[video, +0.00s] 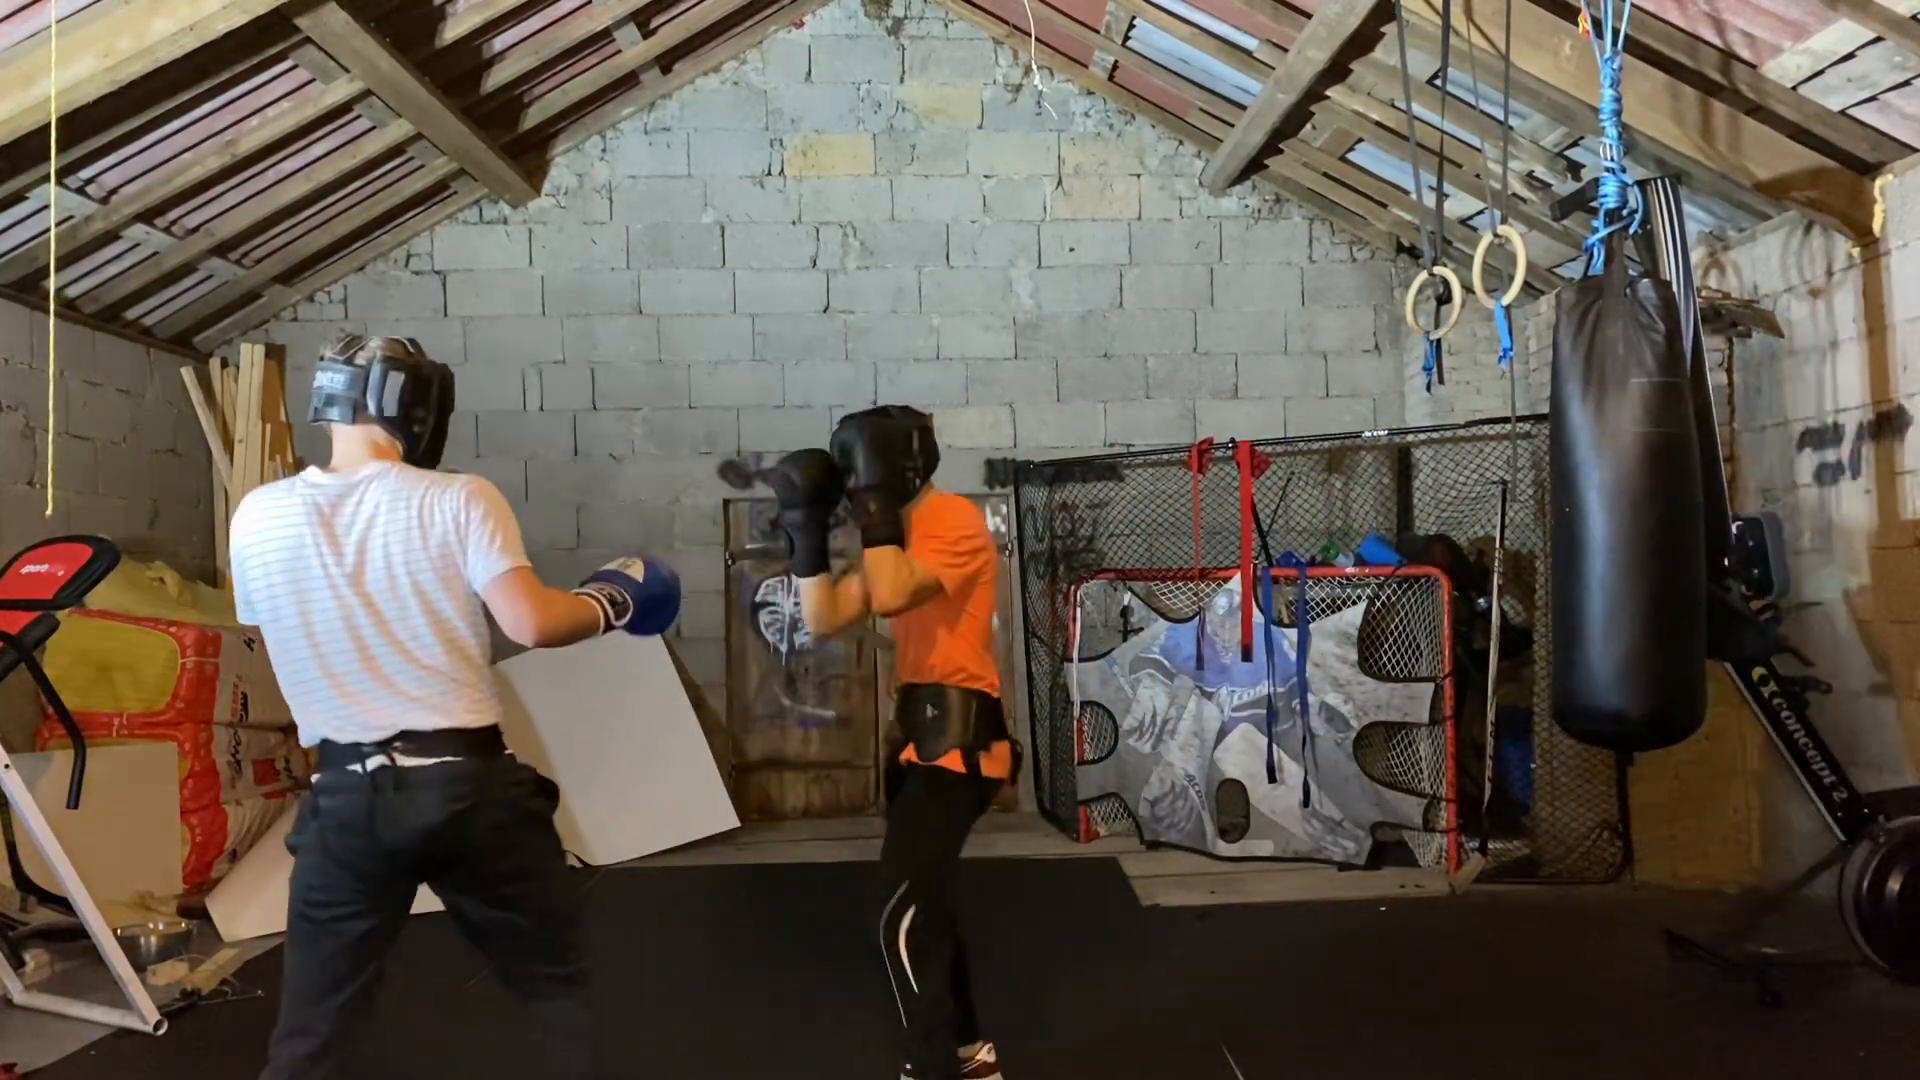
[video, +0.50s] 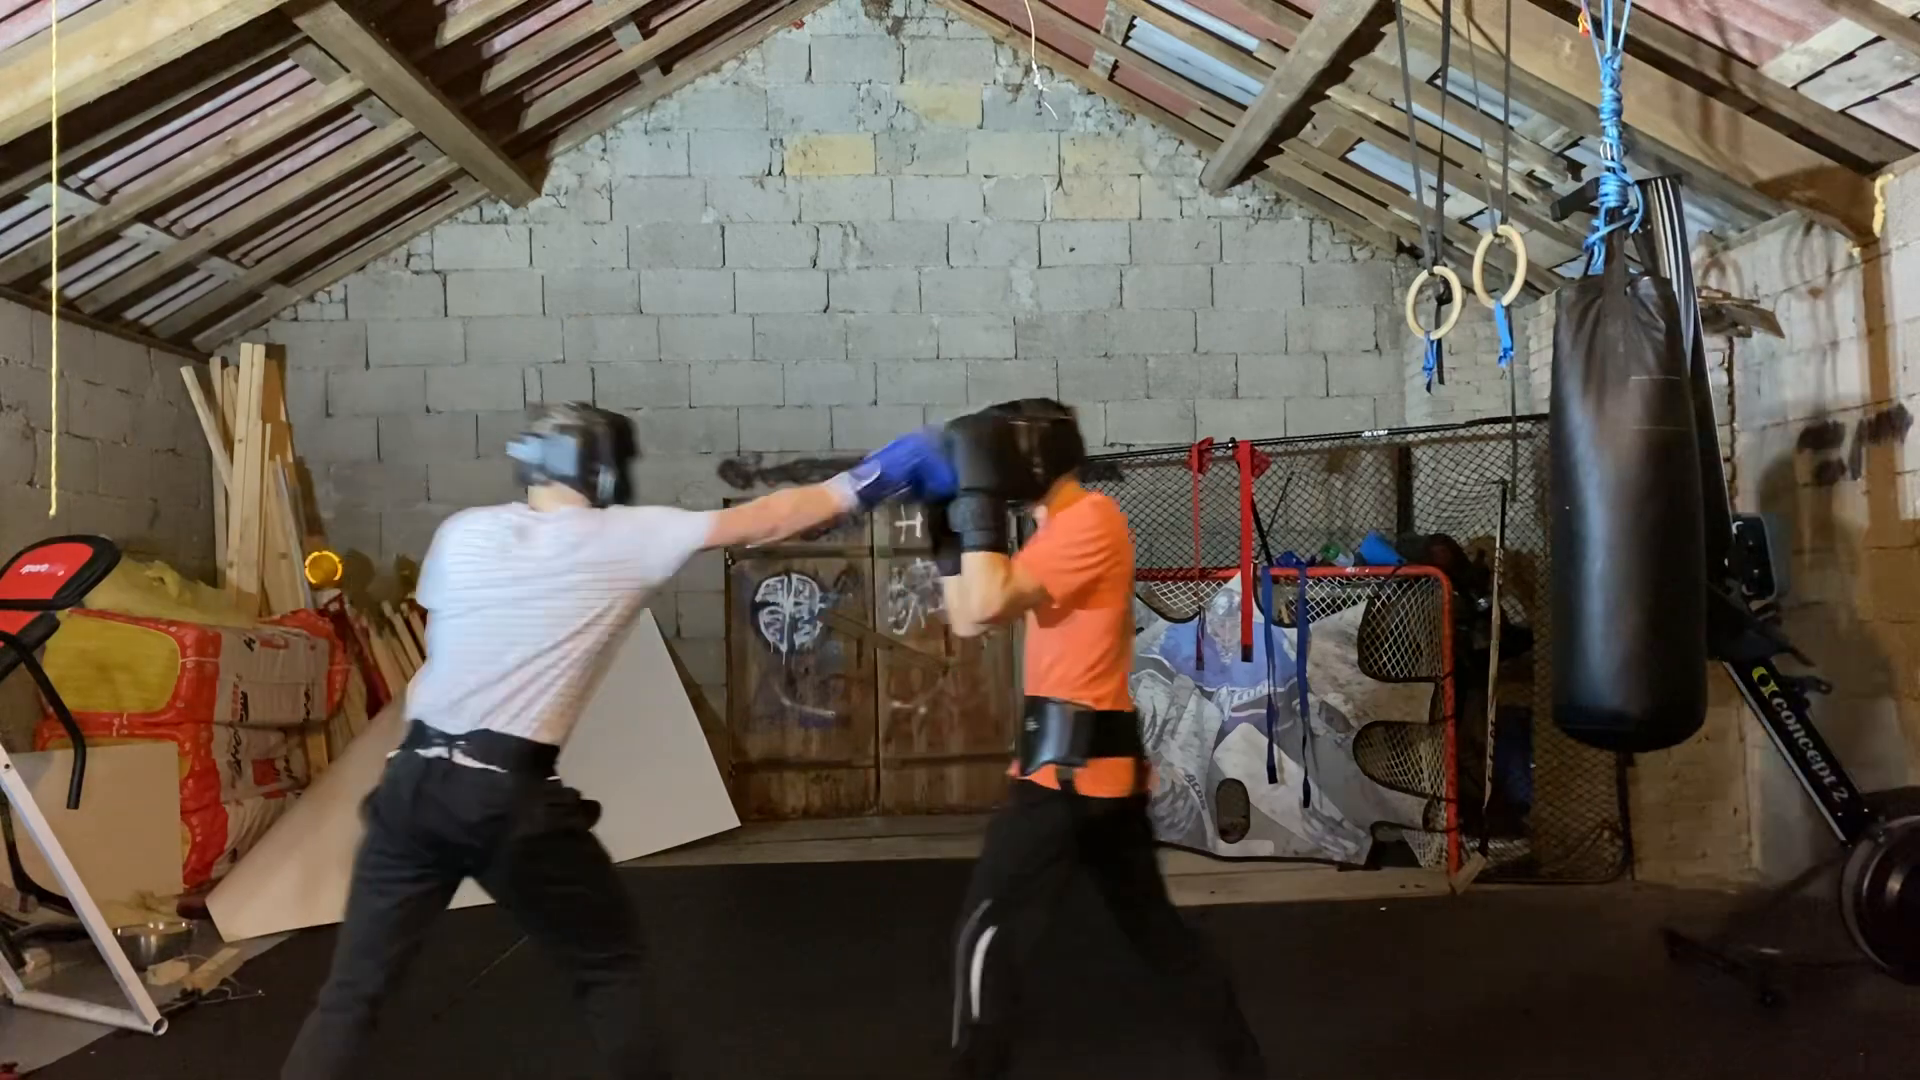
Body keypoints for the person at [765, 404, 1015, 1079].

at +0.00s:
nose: (860, 487)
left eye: (865, 474)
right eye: (857, 477)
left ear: (896, 466)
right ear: (904, 464)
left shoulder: (955, 519)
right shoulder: (898, 538)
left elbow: (890, 593)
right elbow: (824, 616)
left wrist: (873, 498)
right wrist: (806, 522)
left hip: (961, 736)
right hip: (922, 735)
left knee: (901, 916)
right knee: (926, 902)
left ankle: (931, 1067)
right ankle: (966, 1047)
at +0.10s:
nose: (871, 485)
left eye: (874, 471)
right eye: (868, 474)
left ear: (903, 467)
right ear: (919, 465)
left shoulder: (966, 521)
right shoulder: (923, 533)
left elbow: (882, 597)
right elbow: (849, 616)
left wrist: (871, 494)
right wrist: (819, 520)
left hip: (971, 755)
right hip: (945, 752)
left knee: (930, 923)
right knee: (961, 911)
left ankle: (940, 1066)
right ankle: (975, 1052)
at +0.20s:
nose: (878, 473)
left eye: (882, 459)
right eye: (878, 458)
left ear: (912, 457)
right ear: (935, 450)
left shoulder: (981, 508)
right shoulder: (947, 515)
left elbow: (888, 592)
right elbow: (873, 611)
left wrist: (876, 488)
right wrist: (836, 523)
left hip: (994, 735)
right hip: (989, 730)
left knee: (946, 921)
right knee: (1013, 899)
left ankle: (959, 1067)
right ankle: (1029, 1044)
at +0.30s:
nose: (914, 463)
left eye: (917, 450)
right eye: (915, 447)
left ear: (943, 451)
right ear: (964, 445)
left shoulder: (1013, 502)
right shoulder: (977, 509)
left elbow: (918, 591)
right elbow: (904, 603)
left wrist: (906, 484)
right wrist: (867, 519)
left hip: (1016, 747)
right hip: (1015, 741)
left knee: (972, 928)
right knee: (1044, 906)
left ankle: (977, 1068)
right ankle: (1138, 1046)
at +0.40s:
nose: (948, 473)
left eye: (950, 459)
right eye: (944, 457)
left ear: (978, 460)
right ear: (1013, 450)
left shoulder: (1051, 512)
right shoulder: (1016, 516)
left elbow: (956, 594)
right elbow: (933, 609)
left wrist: (941, 487)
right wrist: (901, 516)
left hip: (1039, 747)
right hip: (1044, 742)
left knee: (968, 937)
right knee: (1102, 912)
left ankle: (969, 1069)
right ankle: (1220, 1052)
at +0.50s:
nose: (997, 469)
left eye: (1003, 456)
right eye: (998, 454)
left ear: (1028, 460)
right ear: (1058, 455)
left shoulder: (1088, 522)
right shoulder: (1067, 523)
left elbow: (978, 608)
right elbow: (968, 615)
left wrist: (976, 499)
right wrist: (949, 523)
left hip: (1072, 761)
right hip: (1099, 758)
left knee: (984, 928)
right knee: (1153, 927)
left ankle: (974, 1066)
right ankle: (1241, 1061)